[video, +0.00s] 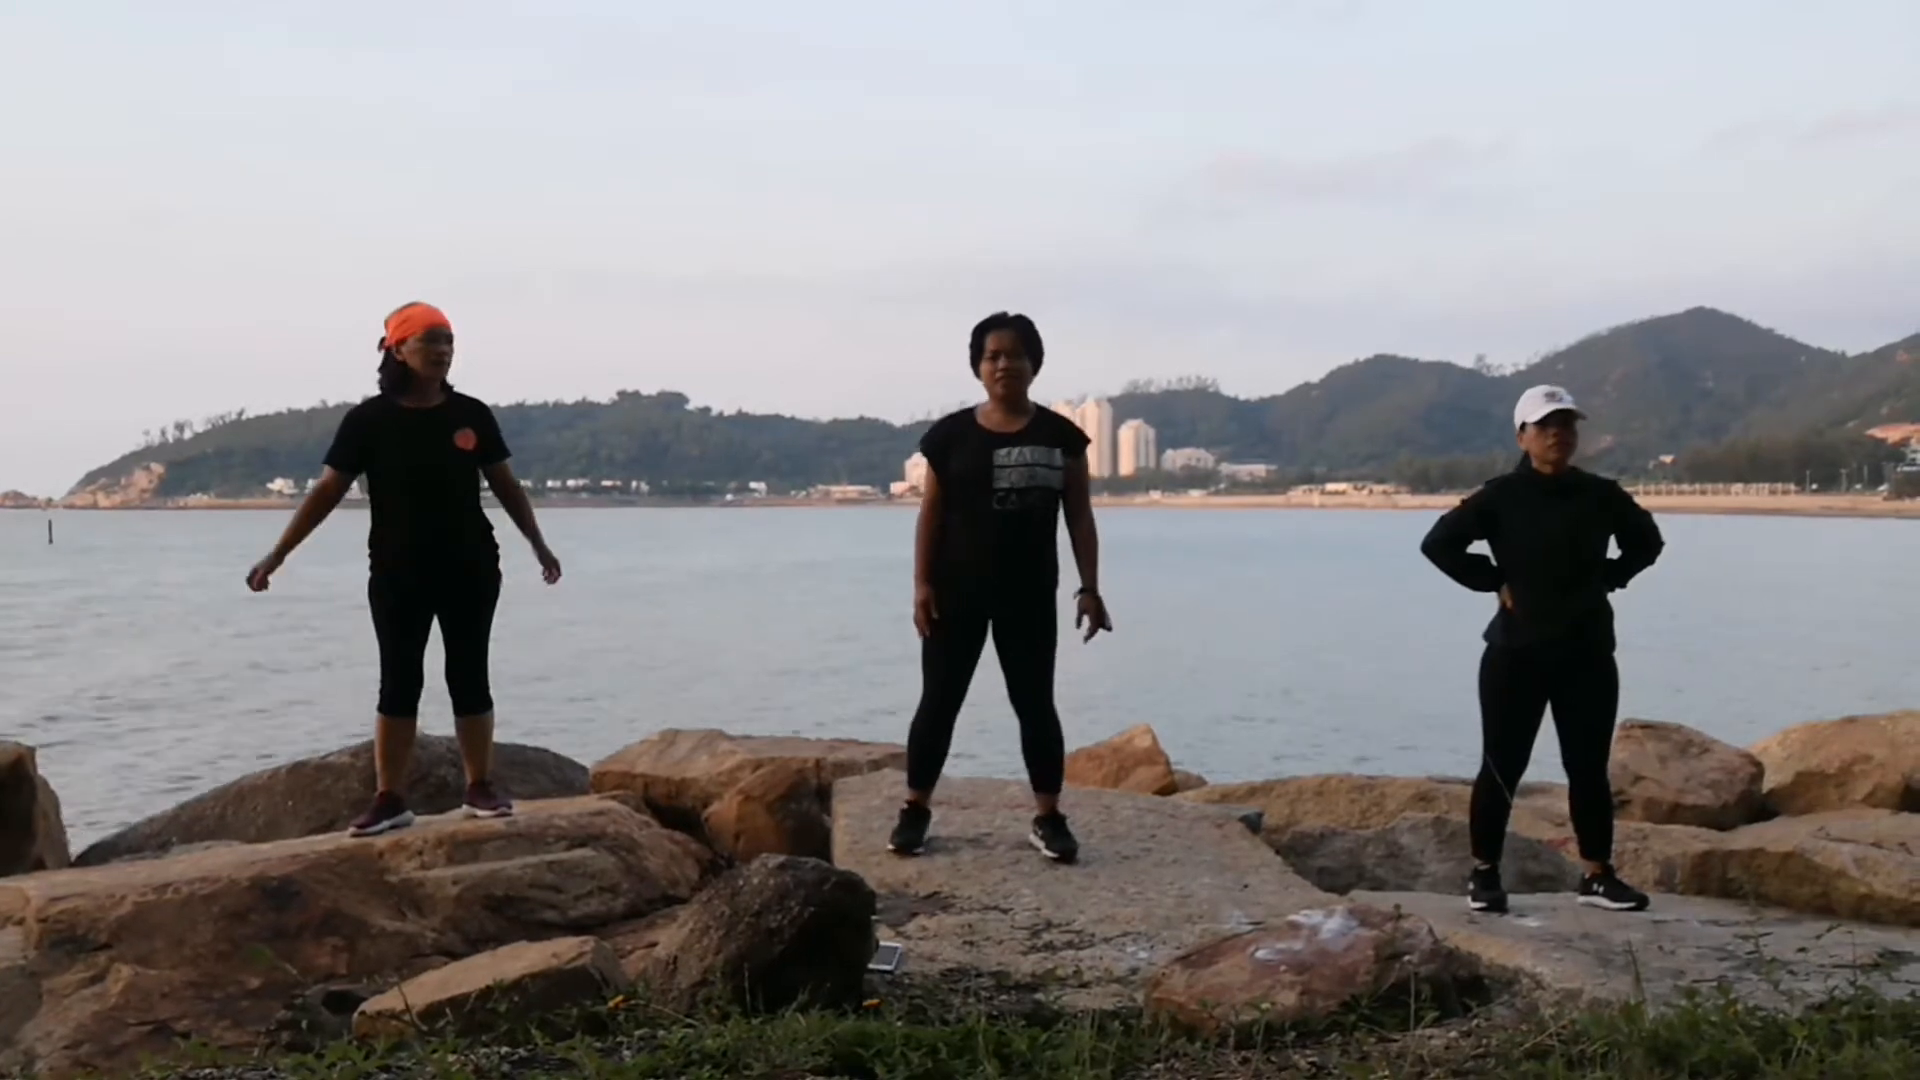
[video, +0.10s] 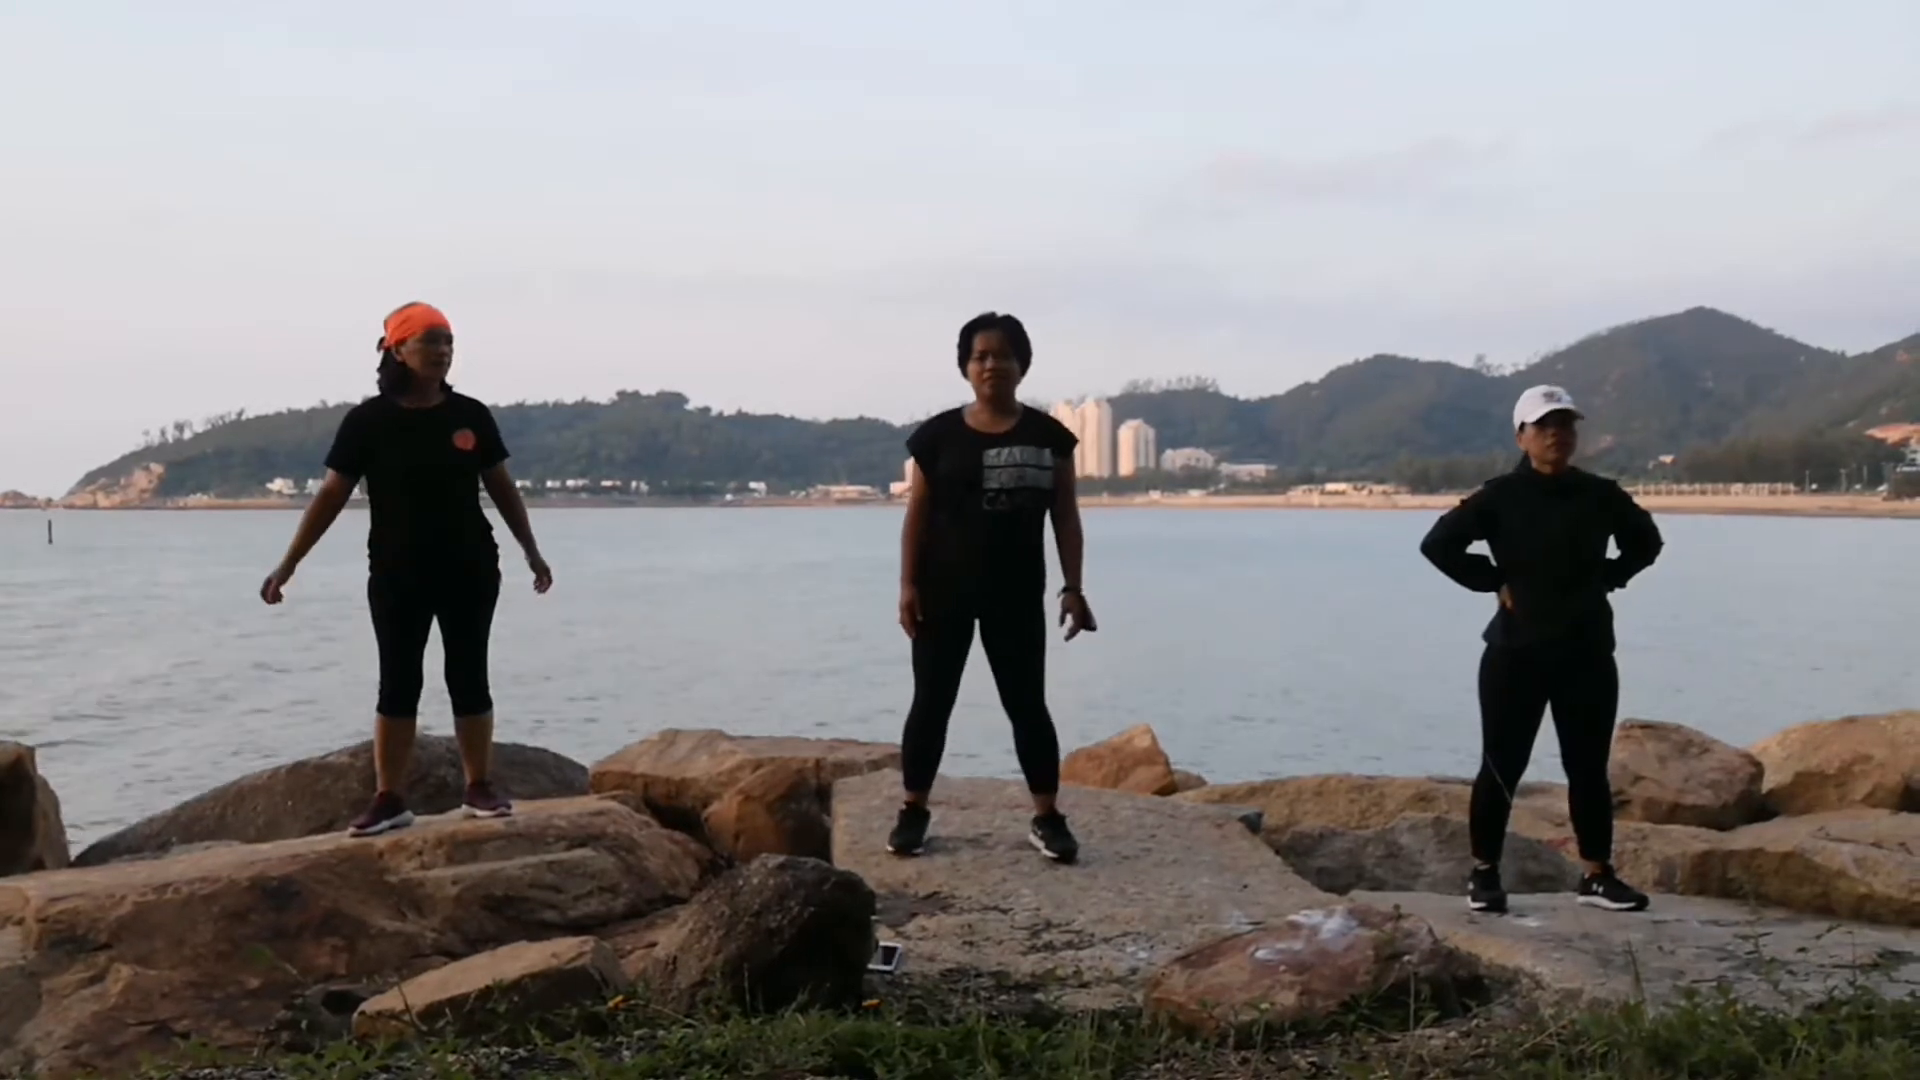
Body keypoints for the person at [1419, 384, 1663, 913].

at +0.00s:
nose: (1560, 435)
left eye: (1567, 426)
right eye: (1548, 426)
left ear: (1576, 433)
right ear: (1523, 435)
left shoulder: (1600, 494)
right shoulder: (1501, 496)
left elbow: (1648, 541)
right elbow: (1438, 545)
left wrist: (1607, 577)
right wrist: (1496, 581)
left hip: (1586, 652)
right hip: (1517, 652)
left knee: (1590, 770)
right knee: (1502, 767)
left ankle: (1598, 875)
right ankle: (1485, 874)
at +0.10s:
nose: (1559, 435)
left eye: (1566, 425)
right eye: (1546, 426)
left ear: (1576, 433)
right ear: (1522, 436)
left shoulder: (1599, 494)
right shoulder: (1501, 496)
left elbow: (1647, 541)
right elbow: (1437, 546)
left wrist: (1606, 577)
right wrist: (1495, 581)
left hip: (1586, 652)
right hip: (1517, 652)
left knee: (1589, 769)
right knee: (1502, 767)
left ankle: (1597, 874)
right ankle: (1485, 873)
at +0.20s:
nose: (1558, 436)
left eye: (1564, 425)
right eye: (1545, 427)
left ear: (1574, 433)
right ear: (1522, 436)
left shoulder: (1599, 494)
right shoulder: (1501, 496)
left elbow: (1647, 541)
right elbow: (1437, 546)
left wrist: (1606, 577)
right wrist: (1495, 581)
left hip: (1586, 652)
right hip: (1518, 652)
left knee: (1589, 770)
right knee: (1502, 767)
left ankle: (1597, 874)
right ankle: (1484, 873)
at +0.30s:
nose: (1556, 436)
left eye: (1564, 426)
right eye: (1544, 427)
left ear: (1575, 433)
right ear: (1521, 436)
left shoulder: (1600, 494)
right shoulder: (1501, 497)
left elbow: (1647, 541)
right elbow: (1438, 546)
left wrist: (1607, 577)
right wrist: (1496, 581)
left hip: (1587, 653)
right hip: (1518, 653)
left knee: (1589, 770)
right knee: (1502, 768)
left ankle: (1597, 874)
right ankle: (1484, 873)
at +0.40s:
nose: (1556, 436)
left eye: (1564, 426)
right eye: (1544, 427)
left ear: (1575, 434)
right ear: (1522, 437)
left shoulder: (1600, 494)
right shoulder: (1501, 497)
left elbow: (1648, 541)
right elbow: (1439, 547)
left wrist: (1607, 577)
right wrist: (1497, 581)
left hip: (1587, 653)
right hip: (1518, 653)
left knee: (1589, 769)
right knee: (1502, 767)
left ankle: (1597, 875)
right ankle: (1484, 874)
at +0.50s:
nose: (1555, 437)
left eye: (1563, 427)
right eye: (1543, 428)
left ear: (1576, 434)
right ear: (1522, 437)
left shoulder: (1601, 494)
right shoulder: (1502, 497)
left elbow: (1649, 541)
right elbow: (1439, 547)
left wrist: (1608, 577)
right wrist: (1497, 582)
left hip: (1588, 654)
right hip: (1519, 653)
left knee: (1590, 770)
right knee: (1502, 768)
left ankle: (1597, 875)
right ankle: (1484, 874)